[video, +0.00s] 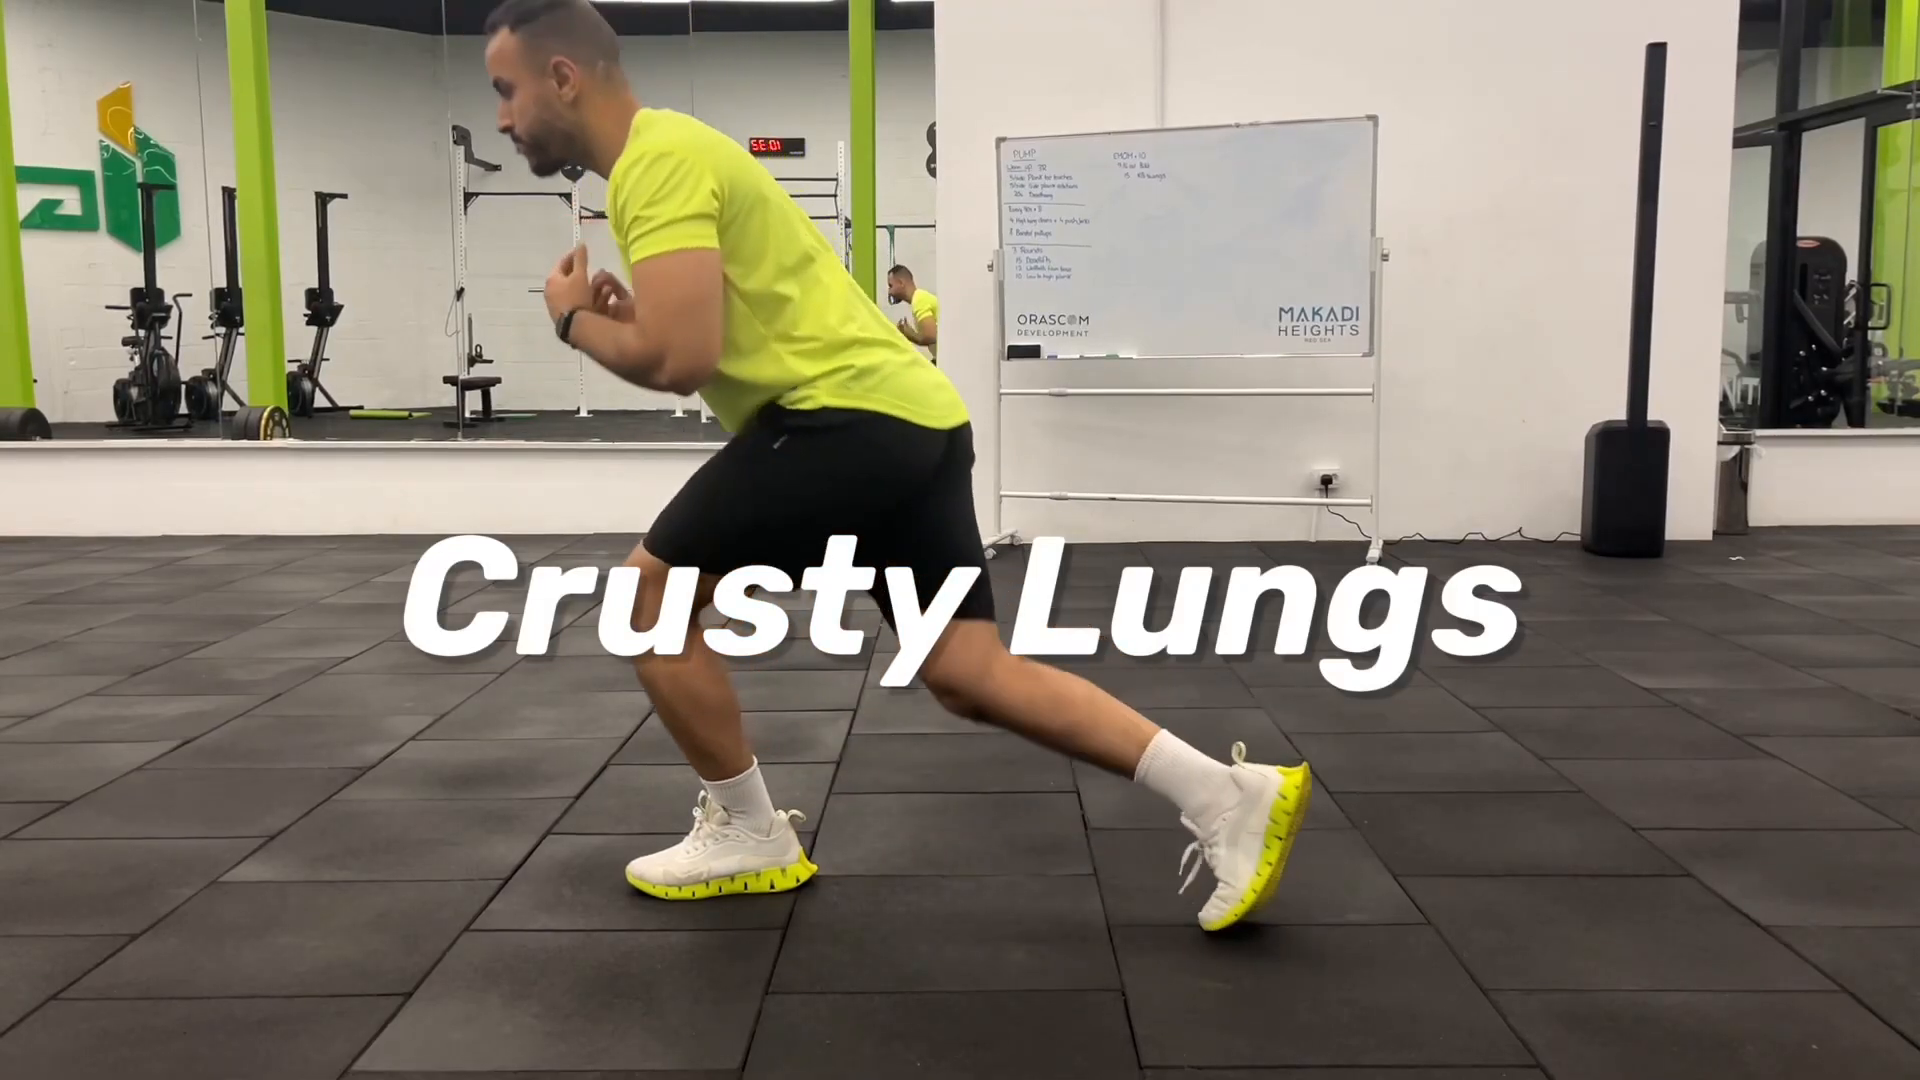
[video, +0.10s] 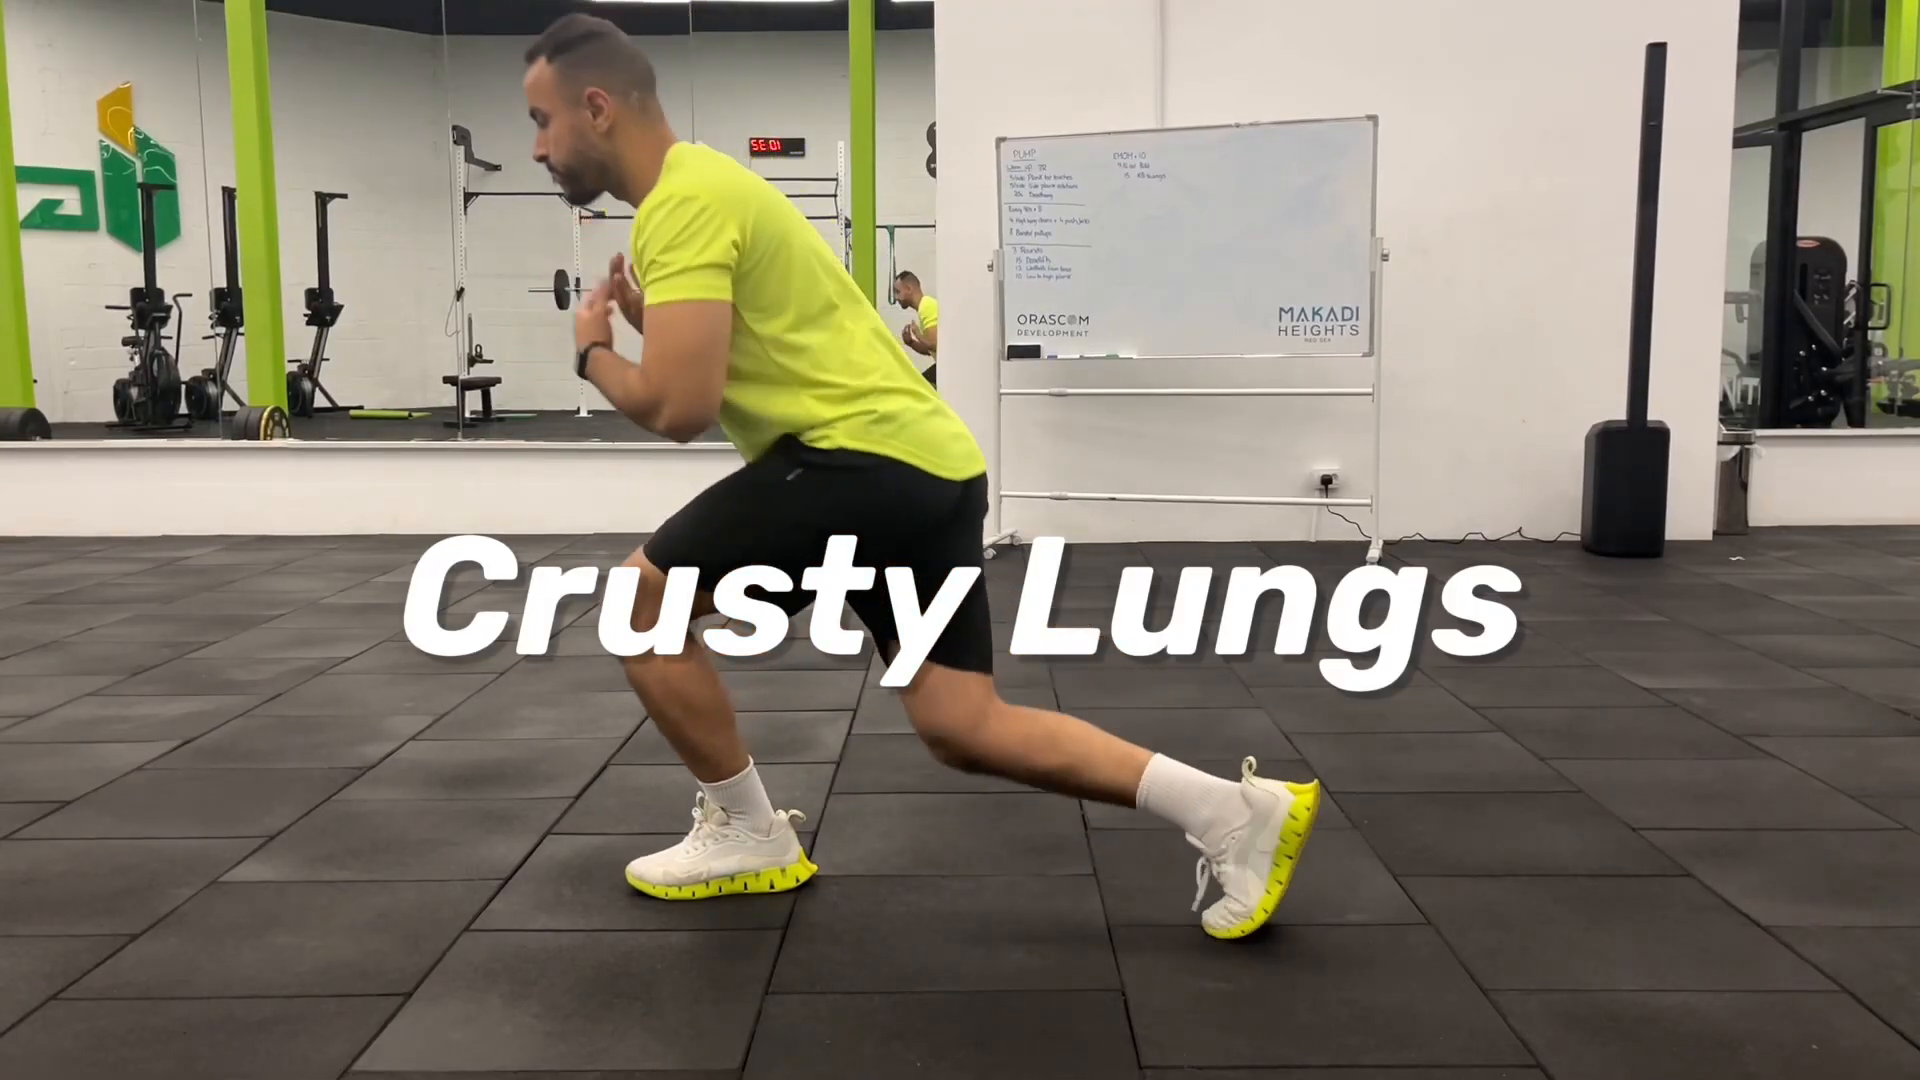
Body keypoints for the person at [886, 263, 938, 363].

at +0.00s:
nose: (889, 292)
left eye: (891, 286)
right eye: (889, 287)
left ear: (901, 283)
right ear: (901, 283)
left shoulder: (920, 301)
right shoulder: (920, 300)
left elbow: (930, 336)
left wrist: (911, 335)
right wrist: (911, 335)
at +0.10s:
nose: (896, 298)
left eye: (897, 292)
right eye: (895, 293)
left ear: (909, 289)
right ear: (909, 290)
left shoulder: (927, 307)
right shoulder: (923, 310)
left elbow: (933, 343)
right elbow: (929, 350)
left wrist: (918, 336)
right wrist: (911, 343)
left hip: (947, 364)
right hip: (943, 364)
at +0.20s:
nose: (903, 301)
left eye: (905, 296)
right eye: (903, 296)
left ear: (916, 294)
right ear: (917, 294)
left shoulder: (933, 312)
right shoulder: (928, 315)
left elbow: (932, 350)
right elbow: (929, 357)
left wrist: (921, 334)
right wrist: (917, 344)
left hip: (948, 369)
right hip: (943, 369)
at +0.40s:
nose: (911, 306)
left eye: (914, 301)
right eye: (912, 301)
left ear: (925, 300)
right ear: (925, 300)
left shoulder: (938, 323)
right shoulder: (935, 323)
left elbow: (939, 363)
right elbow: (935, 365)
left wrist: (928, 344)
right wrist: (924, 348)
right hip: (938, 377)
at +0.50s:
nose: (914, 308)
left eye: (917, 302)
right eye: (915, 303)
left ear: (928, 301)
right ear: (927, 301)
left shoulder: (940, 327)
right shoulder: (936, 327)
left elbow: (940, 366)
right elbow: (936, 367)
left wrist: (930, 346)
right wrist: (925, 349)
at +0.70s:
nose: (915, 307)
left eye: (918, 301)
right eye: (916, 301)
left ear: (930, 300)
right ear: (929, 301)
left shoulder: (943, 330)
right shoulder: (936, 330)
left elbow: (942, 368)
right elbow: (938, 368)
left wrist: (932, 346)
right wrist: (927, 349)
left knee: (932, 377)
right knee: (931, 377)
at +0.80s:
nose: (913, 303)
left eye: (916, 298)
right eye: (914, 298)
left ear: (928, 297)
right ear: (928, 297)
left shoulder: (940, 323)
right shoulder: (935, 324)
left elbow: (941, 363)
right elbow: (935, 364)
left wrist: (930, 342)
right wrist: (925, 346)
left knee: (932, 377)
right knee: (931, 377)